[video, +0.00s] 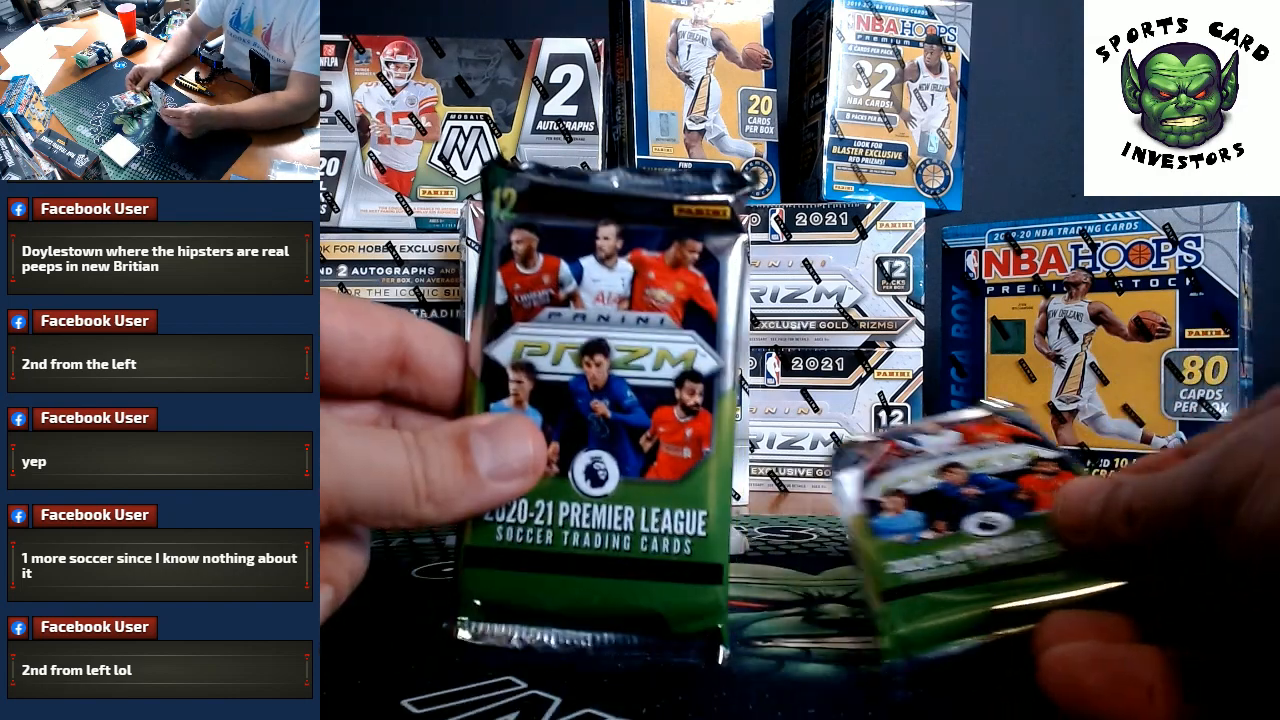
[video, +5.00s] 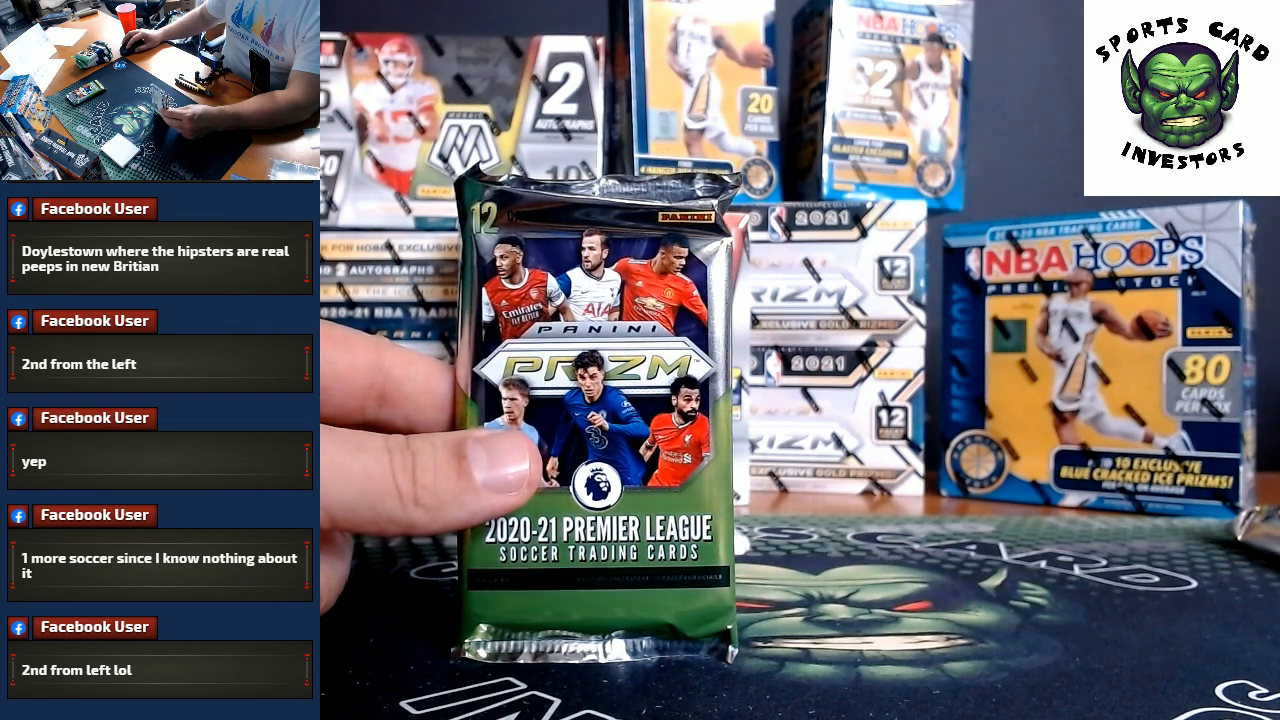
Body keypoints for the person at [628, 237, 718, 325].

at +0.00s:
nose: (695, 258)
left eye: (698, 253)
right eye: (691, 252)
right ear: (676, 246)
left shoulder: (695, 279)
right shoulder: (642, 259)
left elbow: (717, 313)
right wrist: (620, 300)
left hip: (670, 338)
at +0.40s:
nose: (687, 263)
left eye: (689, 258)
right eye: (682, 258)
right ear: (666, 253)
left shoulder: (687, 285)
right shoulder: (632, 266)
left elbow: (710, 318)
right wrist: (611, 308)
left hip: (664, 347)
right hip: (631, 343)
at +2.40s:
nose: (690, 263)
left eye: (692, 258)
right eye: (685, 258)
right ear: (670, 254)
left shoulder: (692, 286)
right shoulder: (634, 267)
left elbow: (716, 321)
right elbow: (606, 285)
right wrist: (618, 311)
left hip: (668, 348)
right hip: (633, 345)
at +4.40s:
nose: (691, 263)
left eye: (693, 258)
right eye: (686, 258)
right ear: (670, 254)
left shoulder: (692, 286)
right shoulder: (636, 267)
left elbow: (717, 321)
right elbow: (608, 285)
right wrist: (620, 310)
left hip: (670, 346)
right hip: (636, 343)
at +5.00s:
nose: (683, 263)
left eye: (685, 258)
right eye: (678, 258)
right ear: (662, 254)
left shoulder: (684, 285)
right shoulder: (628, 267)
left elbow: (708, 319)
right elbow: (600, 286)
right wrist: (613, 310)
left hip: (663, 345)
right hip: (629, 342)